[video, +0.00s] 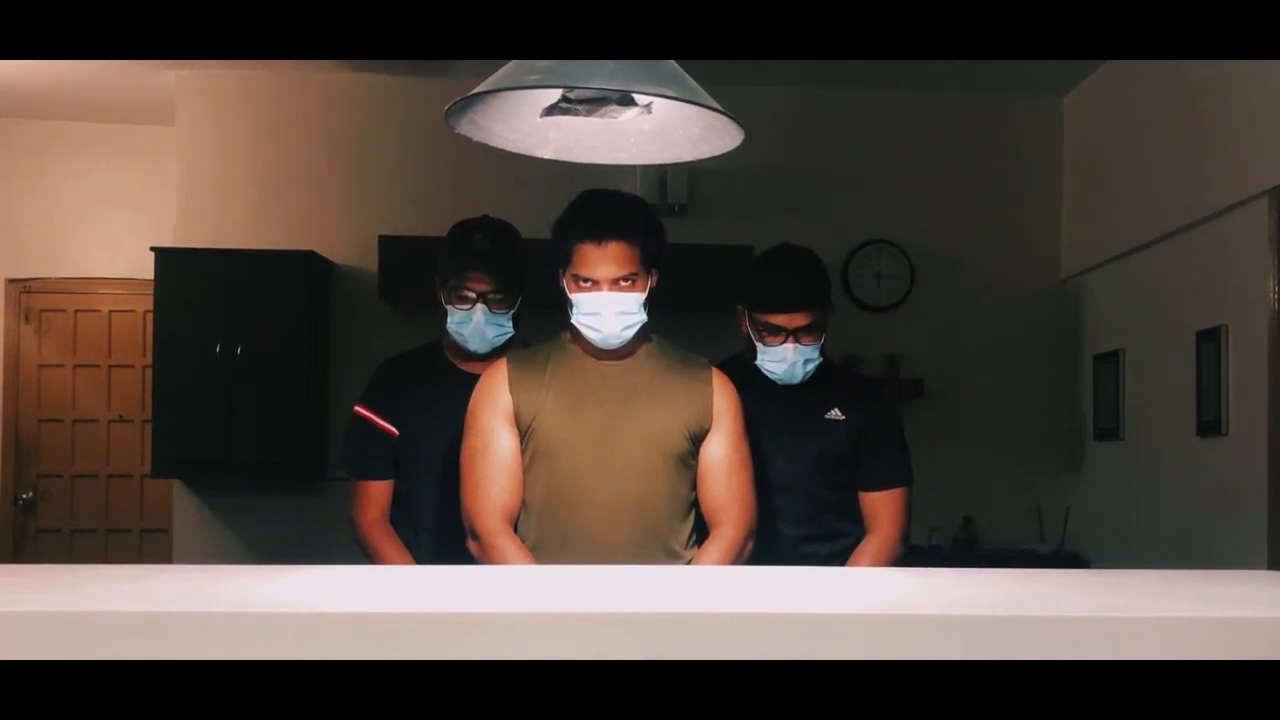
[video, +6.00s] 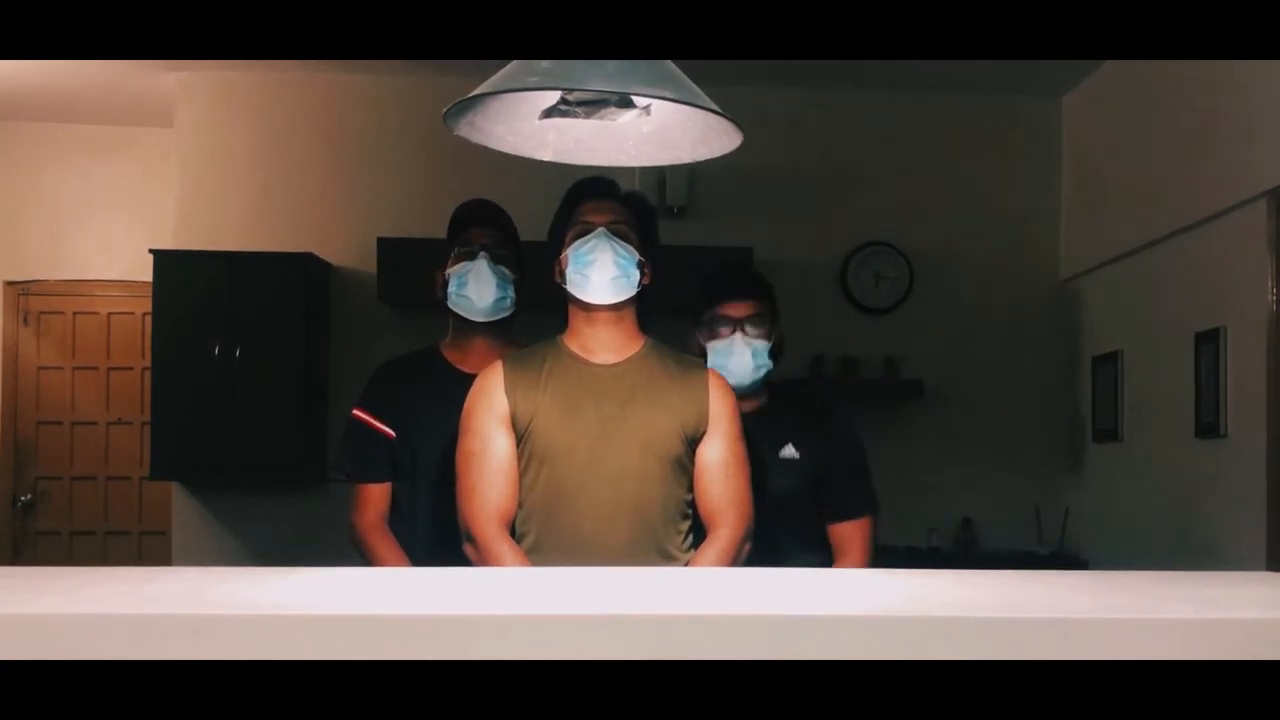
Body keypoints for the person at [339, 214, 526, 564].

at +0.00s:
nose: (479, 318)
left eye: (498, 301)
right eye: (463, 298)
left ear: (518, 301)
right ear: (441, 294)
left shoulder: (538, 384)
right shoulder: (399, 380)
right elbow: (369, 519)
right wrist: (422, 596)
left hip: (514, 591)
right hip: (426, 589)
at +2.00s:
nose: (479, 284)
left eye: (496, 270)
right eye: (463, 267)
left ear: (515, 283)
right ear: (442, 277)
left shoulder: (540, 382)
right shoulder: (397, 380)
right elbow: (369, 520)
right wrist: (422, 598)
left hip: (518, 593)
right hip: (427, 592)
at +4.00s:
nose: (482, 263)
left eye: (498, 253)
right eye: (468, 251)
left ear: (516, 270)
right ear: (444, 271)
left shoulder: (542, 382)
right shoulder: (397, 380)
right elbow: (368, 519)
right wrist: (422, 598)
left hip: (518, 594)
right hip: (427, 592)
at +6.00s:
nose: (482, 266)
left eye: (498, 256)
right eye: (467, 254)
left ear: (517, 275)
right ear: (442, 277)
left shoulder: (542, 383)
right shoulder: (397, 383)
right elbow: (369, 522)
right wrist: (420, 602)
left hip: (519, 597)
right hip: (427, 596)